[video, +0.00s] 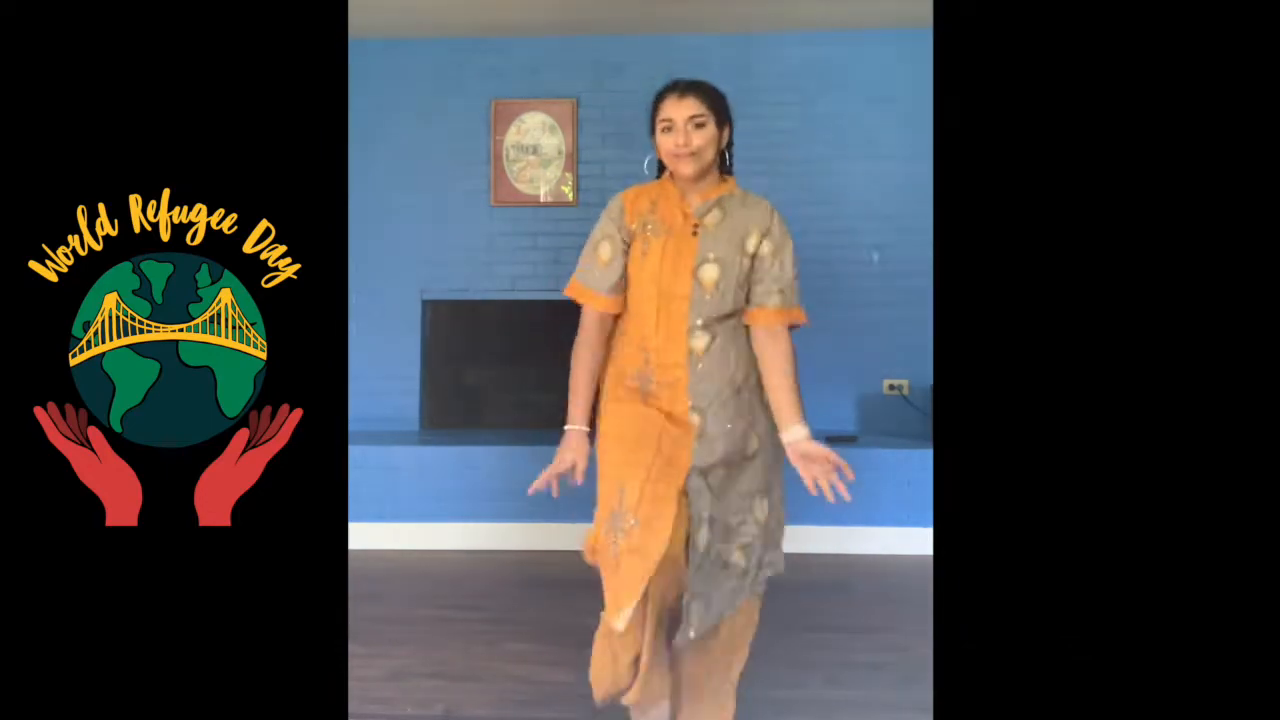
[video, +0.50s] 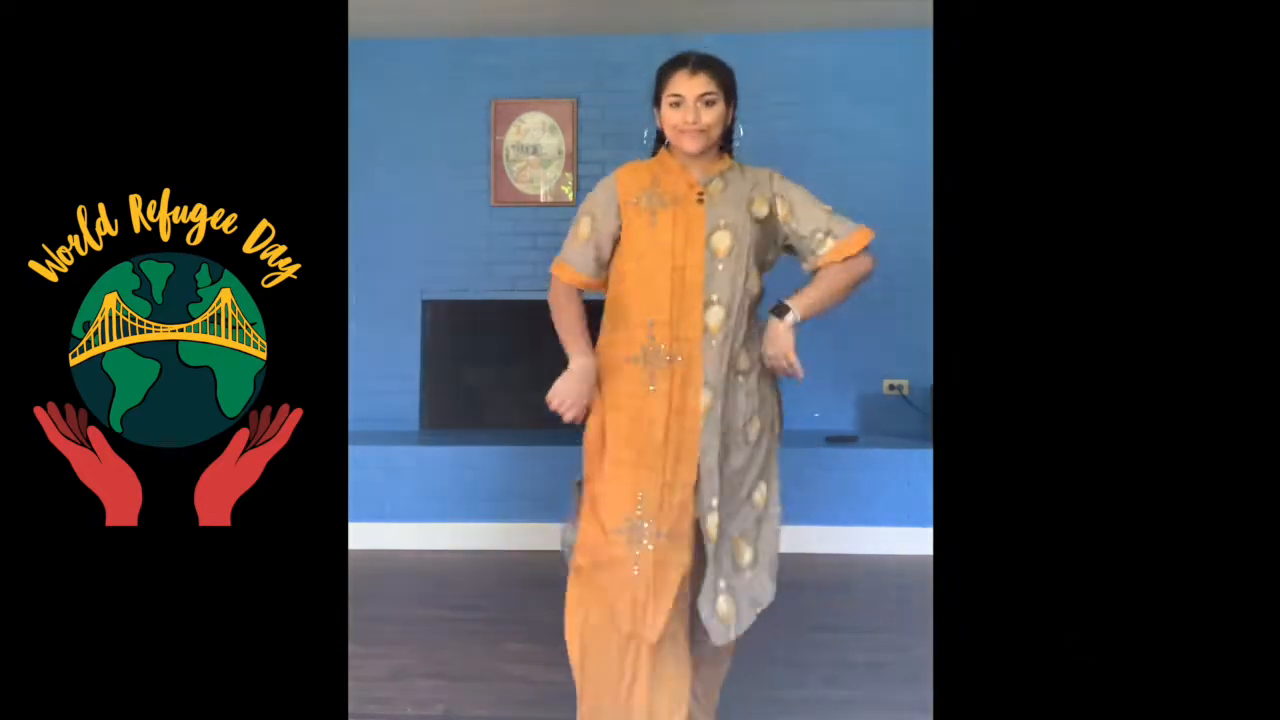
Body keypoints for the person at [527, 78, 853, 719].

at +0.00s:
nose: (682, 137)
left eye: (696, 124)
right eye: (668, 127)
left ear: (722, 134)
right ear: (655, 141)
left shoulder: (758, 221)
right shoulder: (627, 211)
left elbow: (771, 334)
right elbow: (594, 327)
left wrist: (795, 433)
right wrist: (575, 429)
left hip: (730, 429)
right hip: (638, 426)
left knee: (725, 584)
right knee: (644, 570)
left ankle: (705, 710)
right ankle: (643, 702)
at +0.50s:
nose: (691, 114)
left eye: (706, 102)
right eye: (677, 103)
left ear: (728, 112)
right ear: (658, 114)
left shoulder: (762, 190)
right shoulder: (622, 190)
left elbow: (855, 256)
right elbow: (565, 285)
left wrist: (788, 315)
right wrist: (582, 363)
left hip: (728, 418)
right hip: (635, 416)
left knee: (719, 593)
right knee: (632, 587)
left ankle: (695, 710)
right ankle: (629, 709)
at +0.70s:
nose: (689, 127)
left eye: (704, 115)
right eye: (674, 116)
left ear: (725, 127)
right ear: (654, 129)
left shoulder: (752, 219)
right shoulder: (614, 204)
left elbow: (788, 334)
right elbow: (551, 301)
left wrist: (768, 266)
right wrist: (596, 265)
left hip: (730, 432)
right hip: (634, 433)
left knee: (721, 593)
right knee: (627, 583)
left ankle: (701, 708)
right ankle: (642, 707)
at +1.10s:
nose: (671, 66)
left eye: (688, 55)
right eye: (654, 56)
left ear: (712, 76)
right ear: (634, 78)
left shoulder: (744, 156)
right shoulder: (600, 161)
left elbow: (749, 269)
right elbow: (597, 265)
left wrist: (762, 348)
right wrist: (582, 335)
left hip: (699, 406)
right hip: (603, 403)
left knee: (696, 582)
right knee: (594, 577)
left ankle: (703, 706)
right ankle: (597, 705)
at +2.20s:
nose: (685, 65)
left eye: (702, 51)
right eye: (670, 52)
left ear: (726, 69)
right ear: (649, 71)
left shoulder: (754, 170)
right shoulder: (604, 144)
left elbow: (747, 296)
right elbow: (543, 253)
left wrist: (790, 250)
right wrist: (565, 249)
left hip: (710, 399)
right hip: (610, 395)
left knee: (713, 596)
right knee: (605, 599)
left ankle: (699, 714)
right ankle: (623, 714)